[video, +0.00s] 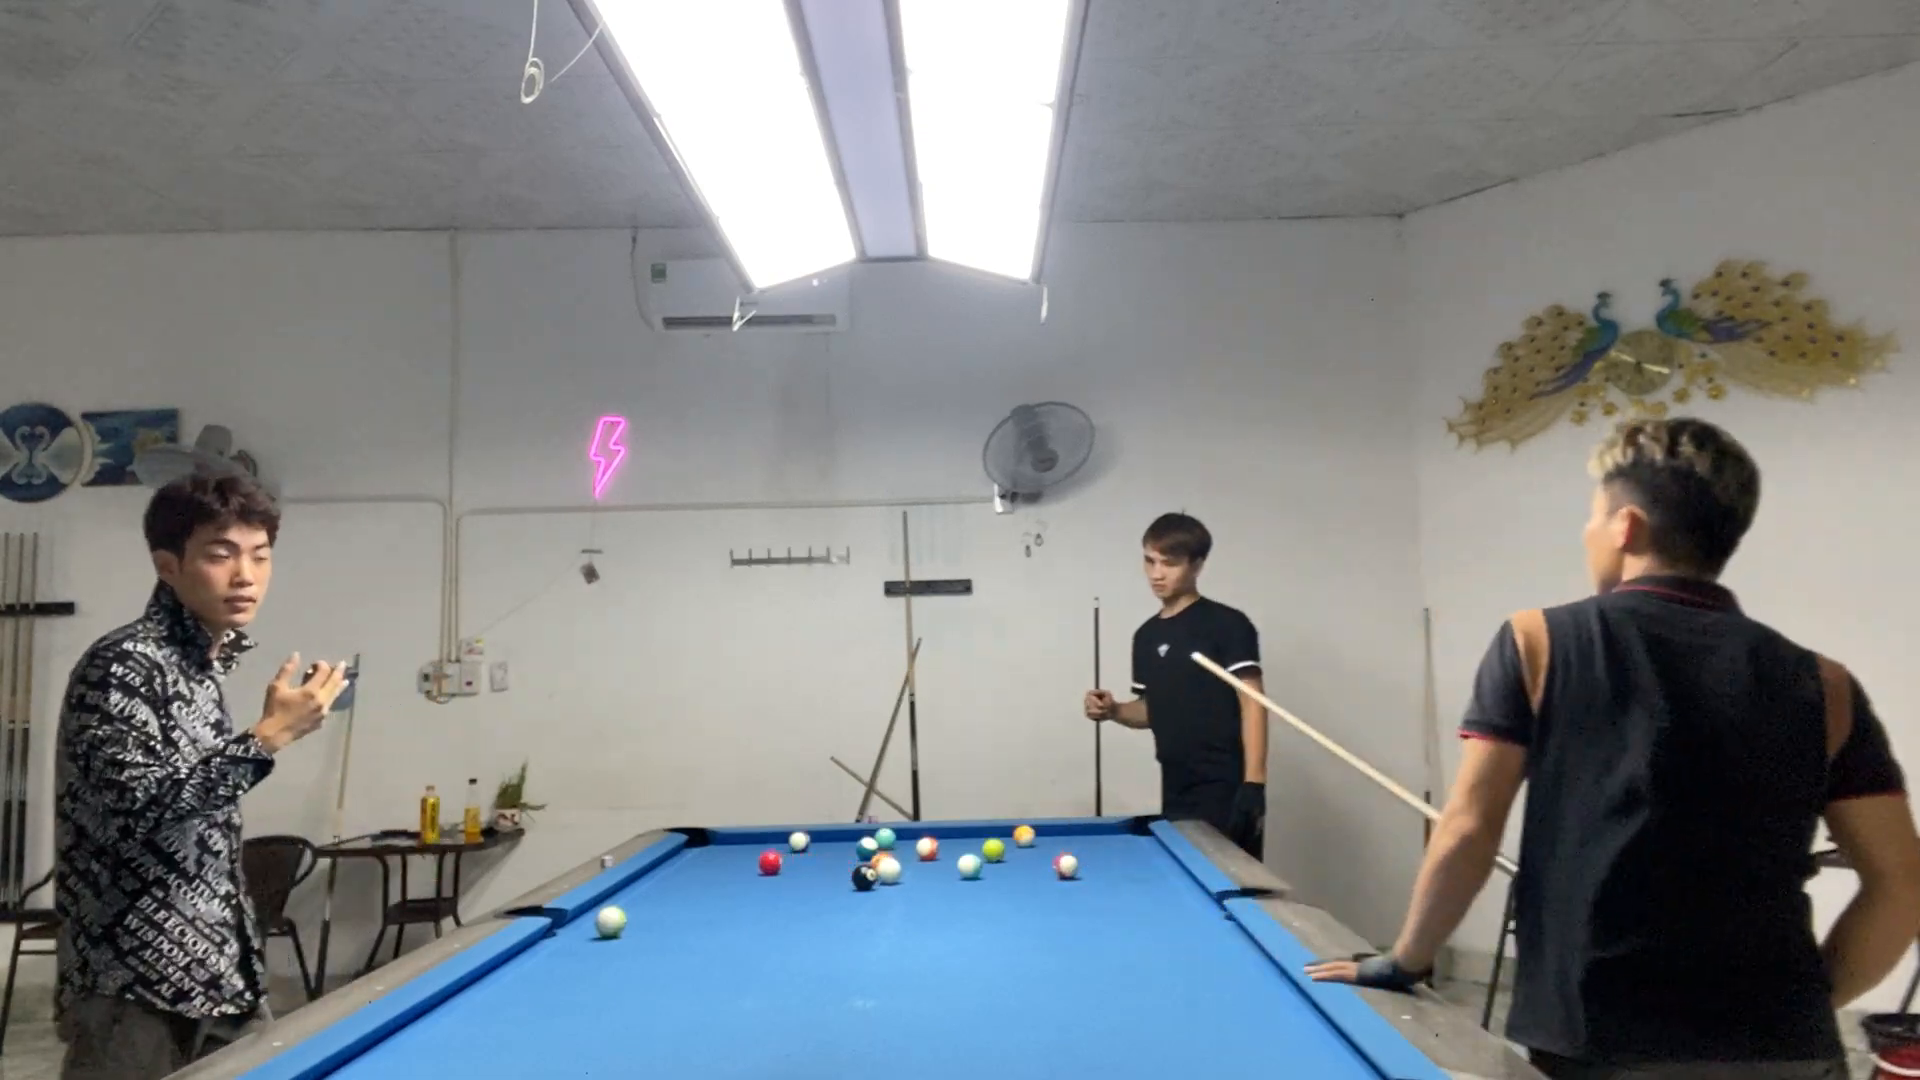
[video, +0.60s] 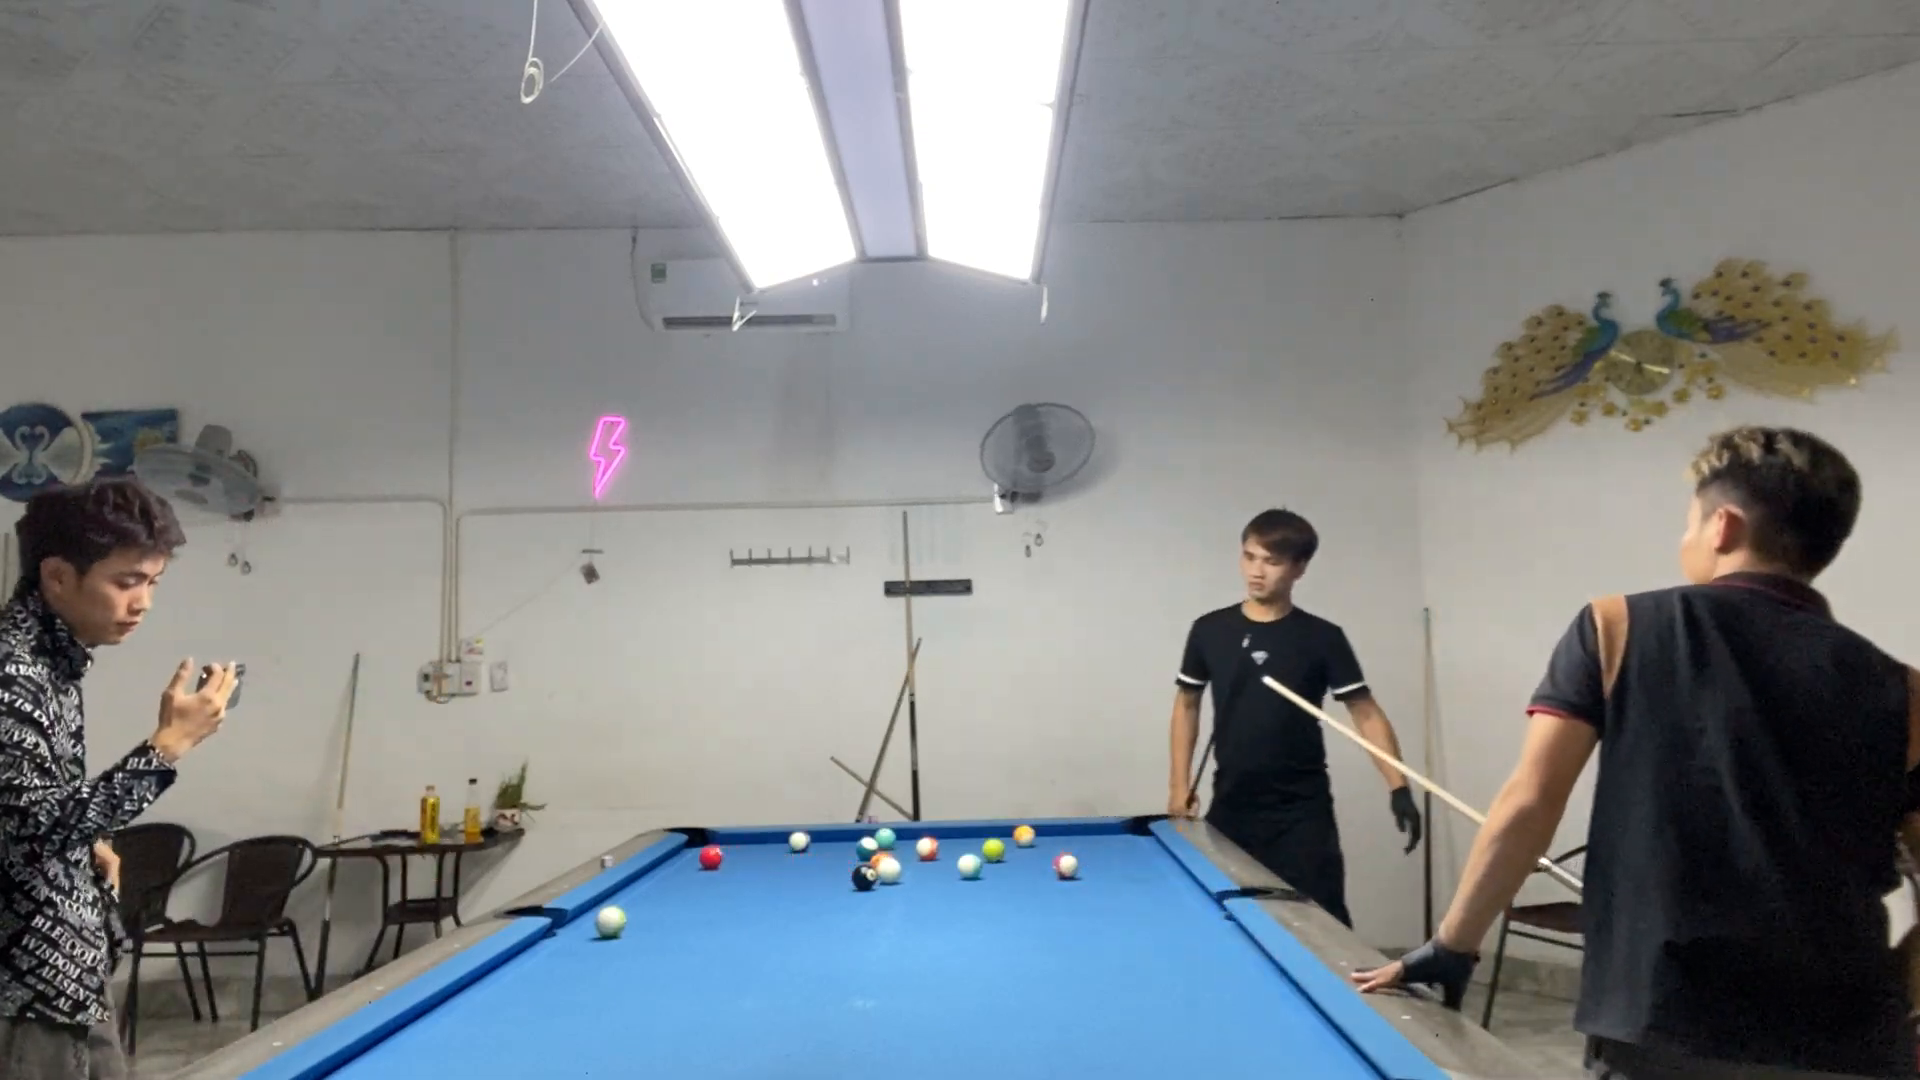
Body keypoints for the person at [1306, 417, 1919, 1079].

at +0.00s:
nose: (1586, 535)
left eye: (1593, 514)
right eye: (1591, 513)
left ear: (1628, 528)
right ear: (1721, 540)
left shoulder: (1539, 644)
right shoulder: (1821, 686)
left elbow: (1469, 830)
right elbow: (1897, 892)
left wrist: (1405, 960)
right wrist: (1797, 1001)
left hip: (1594, 1042)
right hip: (1775, 1047)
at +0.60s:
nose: (1684, 544)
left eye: (1691, 521)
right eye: (1688, 521)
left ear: (1725, 527)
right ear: (1819, 554)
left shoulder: (1618, 629)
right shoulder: (1900, 690)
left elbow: (1528, 808)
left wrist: (1447, 951)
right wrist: (1891, 990)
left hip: (1658, 1036)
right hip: (1847, 1042)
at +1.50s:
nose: (1718, 562)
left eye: (1726, 537)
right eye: (1724, 539)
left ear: (1756, 537)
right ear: (1856, 576)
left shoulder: (1636, 626)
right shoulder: (1904, 695)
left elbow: (1534, 795)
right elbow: (1902, 872)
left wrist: (1446, 934)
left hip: (1662, 1027)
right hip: (1850, 1038)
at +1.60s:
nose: (1721, 565)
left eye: (1729, 540)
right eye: (1727, 542)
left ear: (1760, 540)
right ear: (1858, 579)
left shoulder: (1638, 627)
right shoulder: (1905, 694)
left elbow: (1535, 796)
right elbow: (1901, 874)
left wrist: (1446, 933)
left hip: (1667, 1029)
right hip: (1856, 1040)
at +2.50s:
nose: (1737, 550)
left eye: (1745, 524)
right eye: (1743, 525)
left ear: (1781, 530)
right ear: (1874, 563)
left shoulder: (1654, 623)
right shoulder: (1909, 681)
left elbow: (1541, 794)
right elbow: (1909, 885)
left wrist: (1445, 928)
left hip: (1670, 1029)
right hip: (1861, 1041)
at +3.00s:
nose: (1659, 514)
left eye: (1665, 490)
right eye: (1658, 491)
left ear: (1724, 501)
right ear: (1815, 505)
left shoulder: (1638, 632)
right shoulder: (1901, 653)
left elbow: (1542, 831)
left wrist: (1464, 944)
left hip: (1696, 1050)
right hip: (1879, 1046)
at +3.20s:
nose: (1608, 533)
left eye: (1611, 504)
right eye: (1605, 507)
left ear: (1678, 506)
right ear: (1769, 502)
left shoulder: (1620, 646)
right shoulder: (1898, 656)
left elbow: (1566, 887)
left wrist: (1503, 1017)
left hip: (1703, 1055)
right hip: (1884, 1049)